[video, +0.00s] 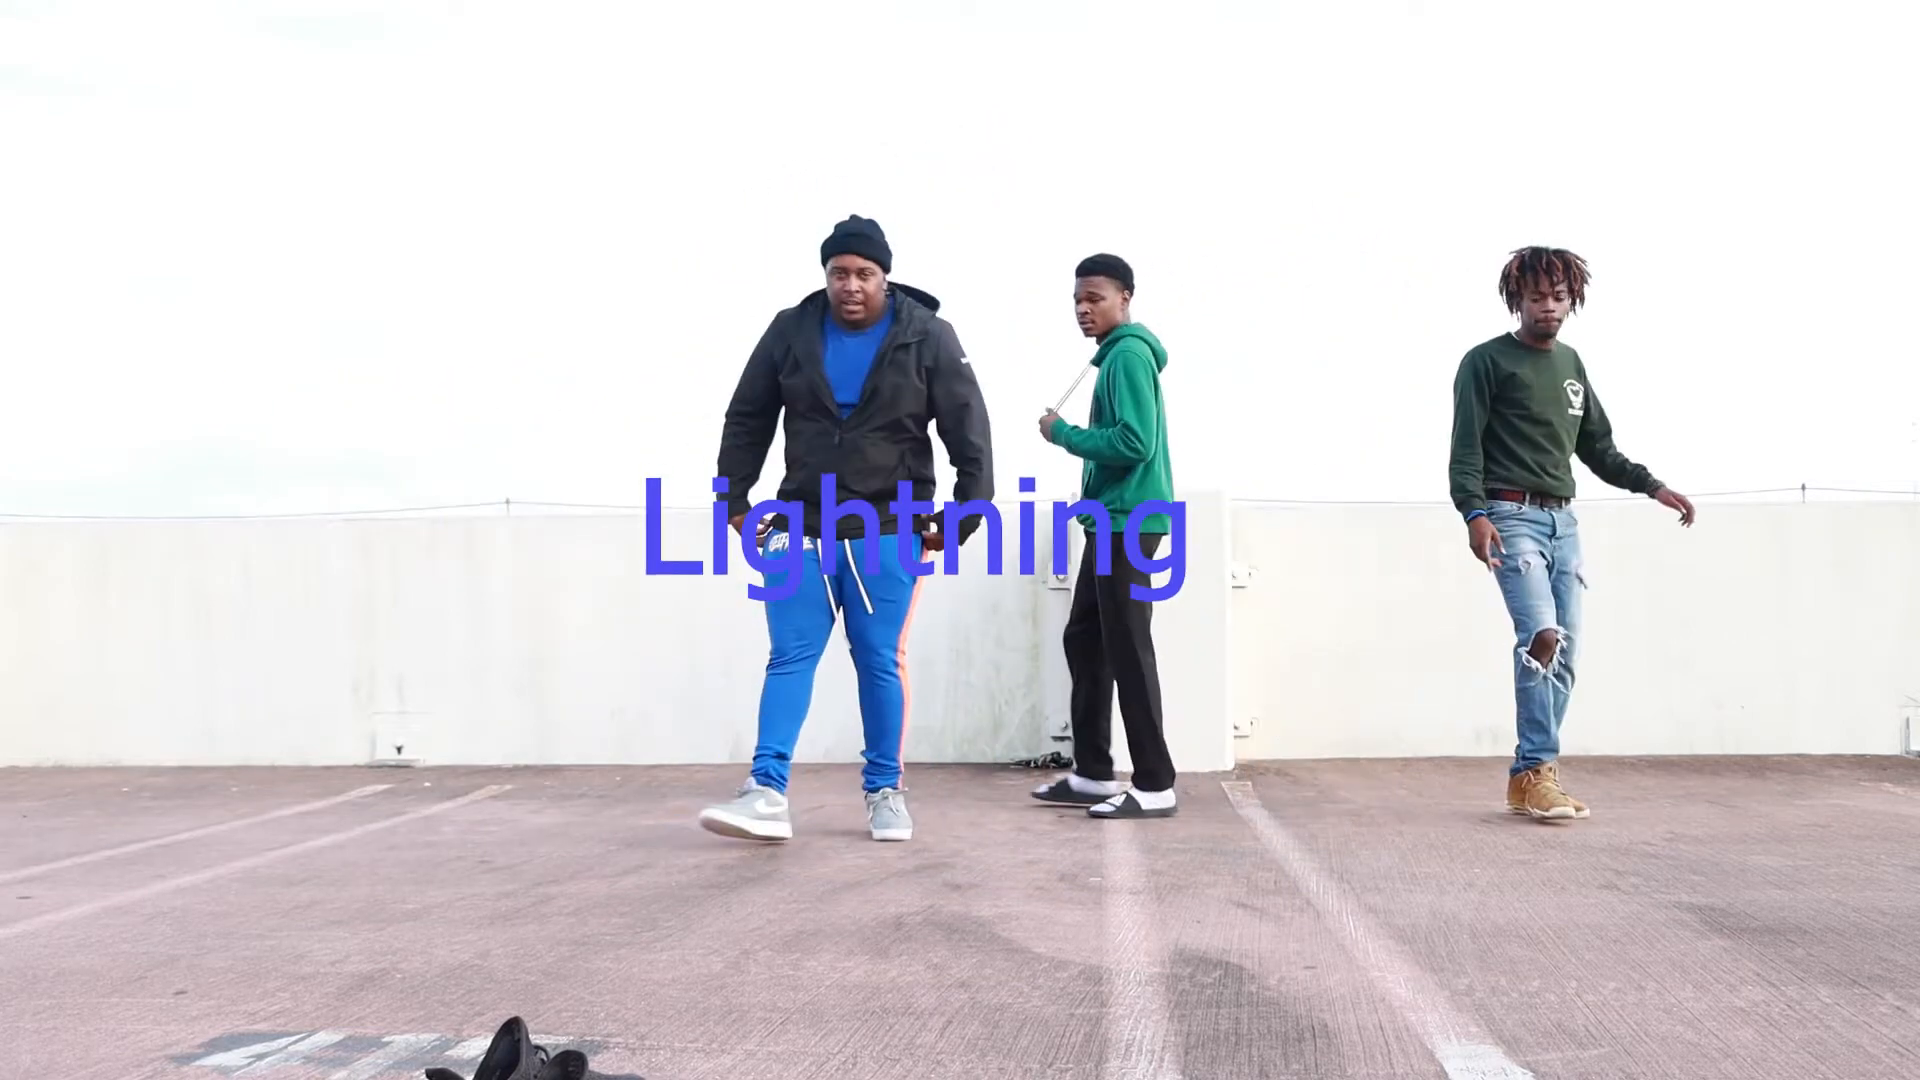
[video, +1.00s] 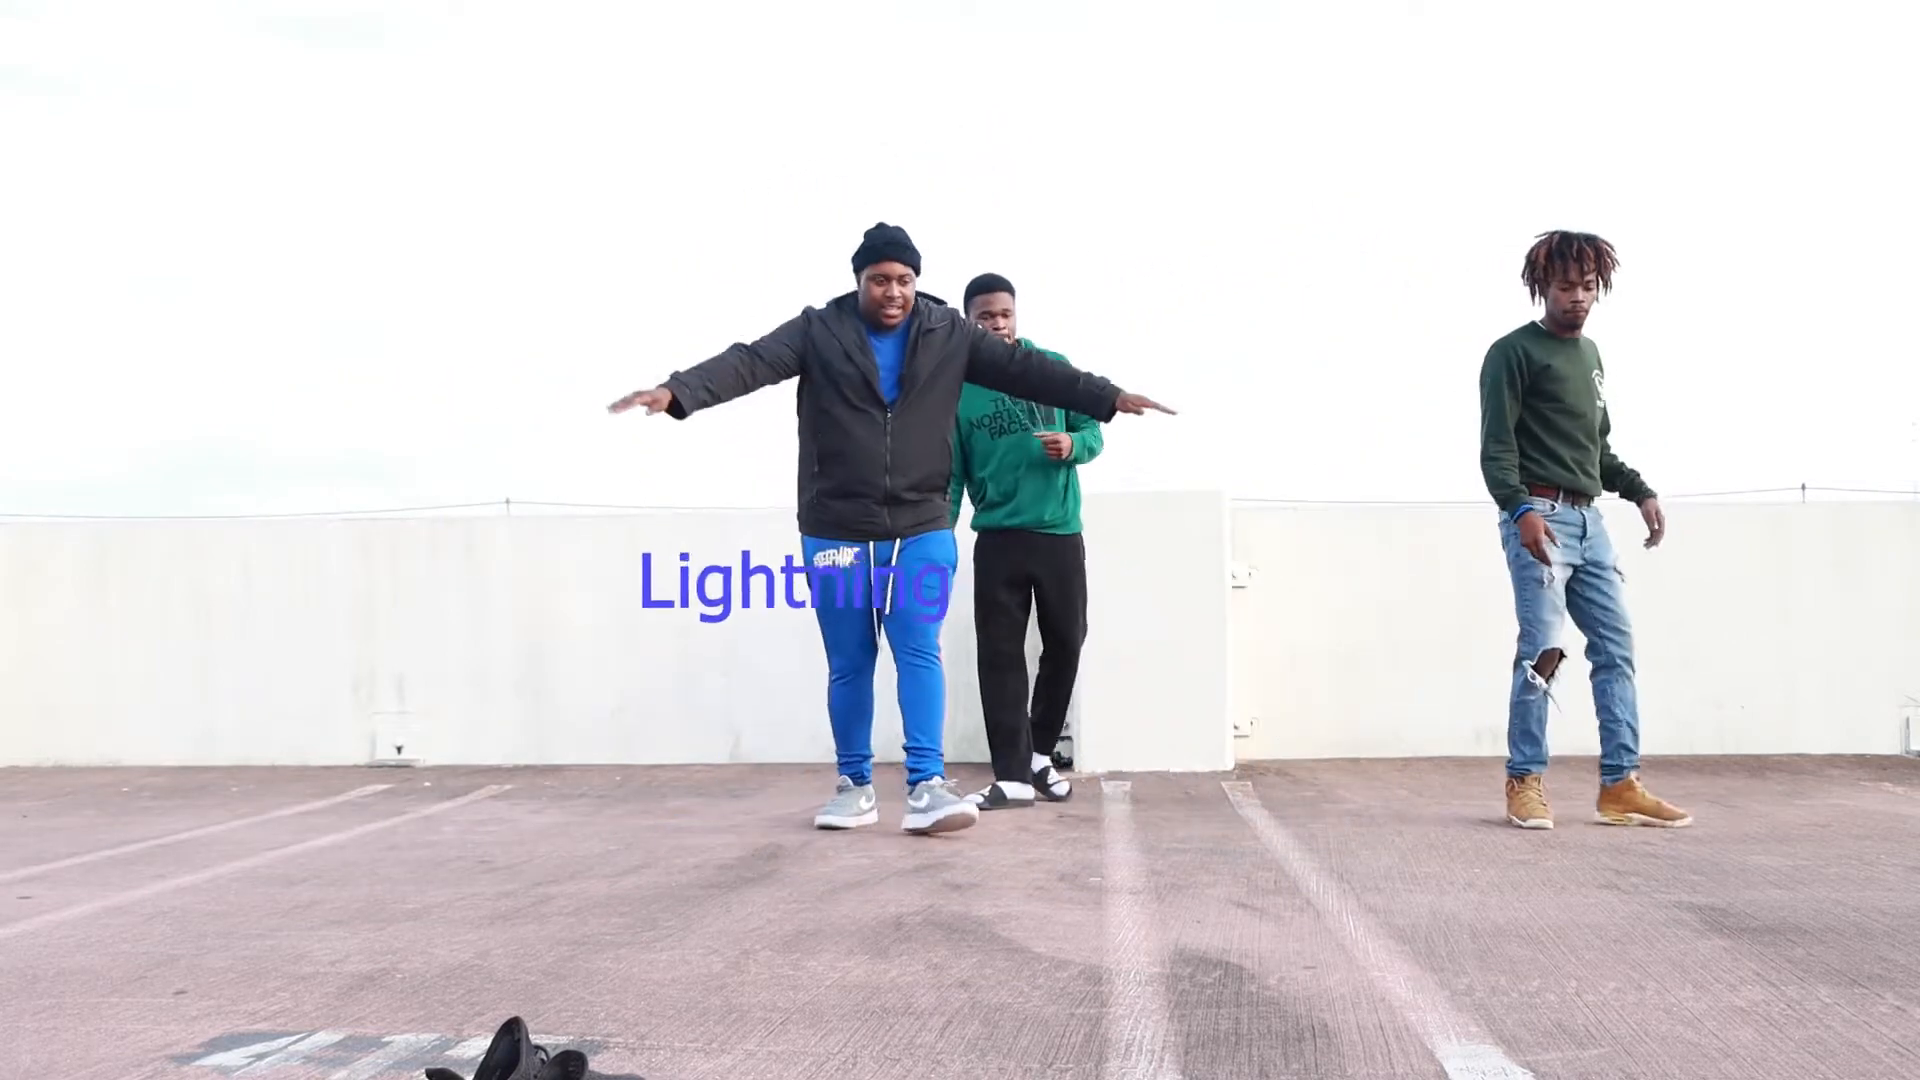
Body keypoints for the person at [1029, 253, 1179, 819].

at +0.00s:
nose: (1083, 309)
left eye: (1094, 298)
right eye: (1079, 300)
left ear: (1125, 299)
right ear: (1081, 305)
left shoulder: (1127, 355)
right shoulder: (1117, 356)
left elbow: (1133, 443)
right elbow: (1127, 445)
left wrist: (1062, 433)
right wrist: (1094, 501)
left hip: (1128, 523)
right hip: (1110, 522)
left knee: (1127, 648)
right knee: (1084, 641)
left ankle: (1156, 785)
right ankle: (1092, 775)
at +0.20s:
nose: (1060, 312)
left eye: (1071, 301)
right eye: (1054, 303)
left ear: (1099, 305)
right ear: (1051, 309)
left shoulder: (1109, 355)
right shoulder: (1083, 362)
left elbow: (1134, 438)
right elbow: (1103, 447)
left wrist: (1054, 439)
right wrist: (1068, 521)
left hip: (1106, 527)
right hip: (1078, 527)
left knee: (1116, 654)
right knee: (1049, 645)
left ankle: (1154, 785)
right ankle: (1020, 773)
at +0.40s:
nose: (1032, 316)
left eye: (1042, 306)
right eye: (1023, 307)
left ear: (1064, 310)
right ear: (1016, 314)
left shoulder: (1085, 362)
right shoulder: (1025, 380)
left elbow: (1123, 437)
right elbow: (1022, 479)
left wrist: (1045, 440)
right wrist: (1007, 550)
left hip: (1083, 531)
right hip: (1036, 534)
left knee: (1102, 655)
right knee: (1021, 658)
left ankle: (1151, 784)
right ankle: (1014, 782)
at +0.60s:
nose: (996, 320)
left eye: (1006, 310)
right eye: (987, 312)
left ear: (1026, 313)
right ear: (979, 320)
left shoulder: (1059, 362)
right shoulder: (981, 387)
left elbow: (1105, 433)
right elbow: (962, 466)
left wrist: (1043, 441)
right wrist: (929, 532)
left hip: (1071, 526)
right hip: (1017, 530)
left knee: (1095, 647)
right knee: (1012, 654)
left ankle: (1136, 780)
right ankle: (1014, 782)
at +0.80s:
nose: (986, 322)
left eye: (994, 312)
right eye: (975, 314)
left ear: (1011, 314)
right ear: (963, 322)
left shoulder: (1051, 362)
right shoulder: (961, 388)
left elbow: (1095, 427)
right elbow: (941, 473)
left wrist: (1053, 444)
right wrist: (905, 510)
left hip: (1065, 532)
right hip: (1006, 537)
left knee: (1079, 655)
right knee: (1005, 659)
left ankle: (1082, 772)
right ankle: (1013, 781)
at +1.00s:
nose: (997, 324)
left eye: (1004, 314)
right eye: (986, 316)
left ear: (1017, 316)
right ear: (967, 322)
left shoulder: (1052, 368)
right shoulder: (960, 387)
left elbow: (1094, 434)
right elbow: (948, 478)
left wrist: (1073, 445)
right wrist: (934, 548)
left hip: (1058, 535)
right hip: (998, 537)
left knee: (1065, 646)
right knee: (1000, 655)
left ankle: (1040, 751)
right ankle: (1011, 779)